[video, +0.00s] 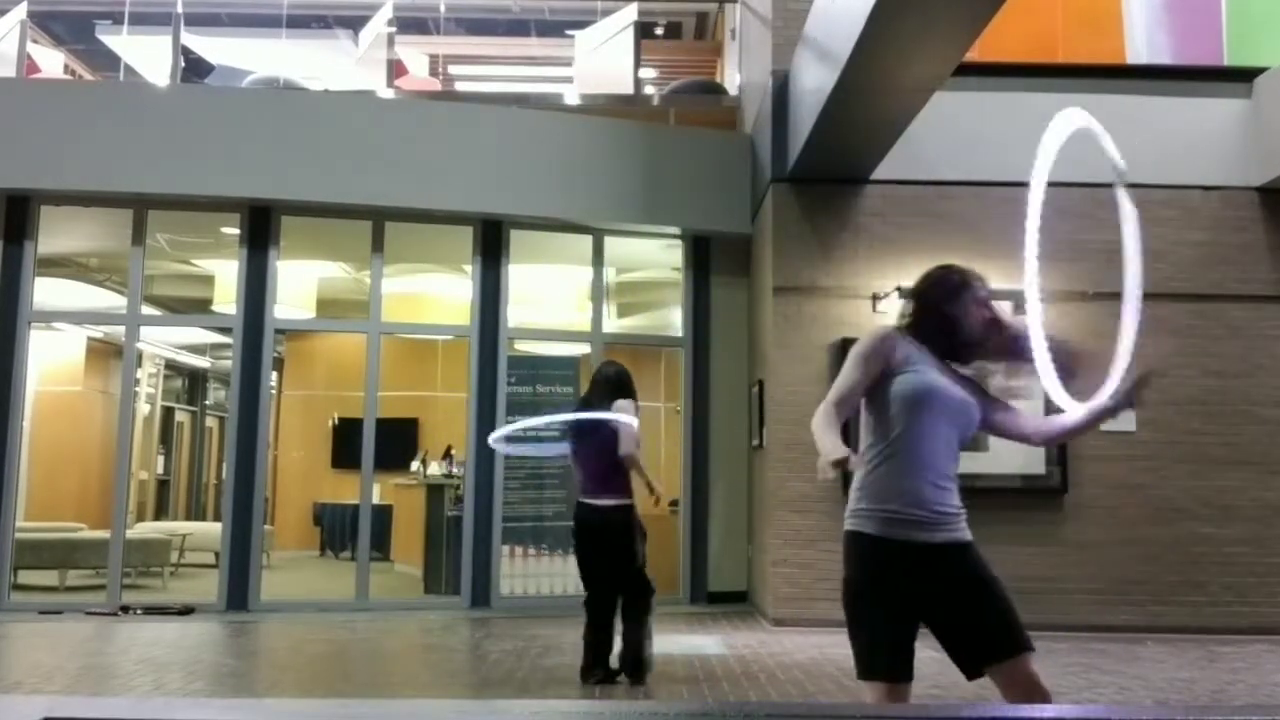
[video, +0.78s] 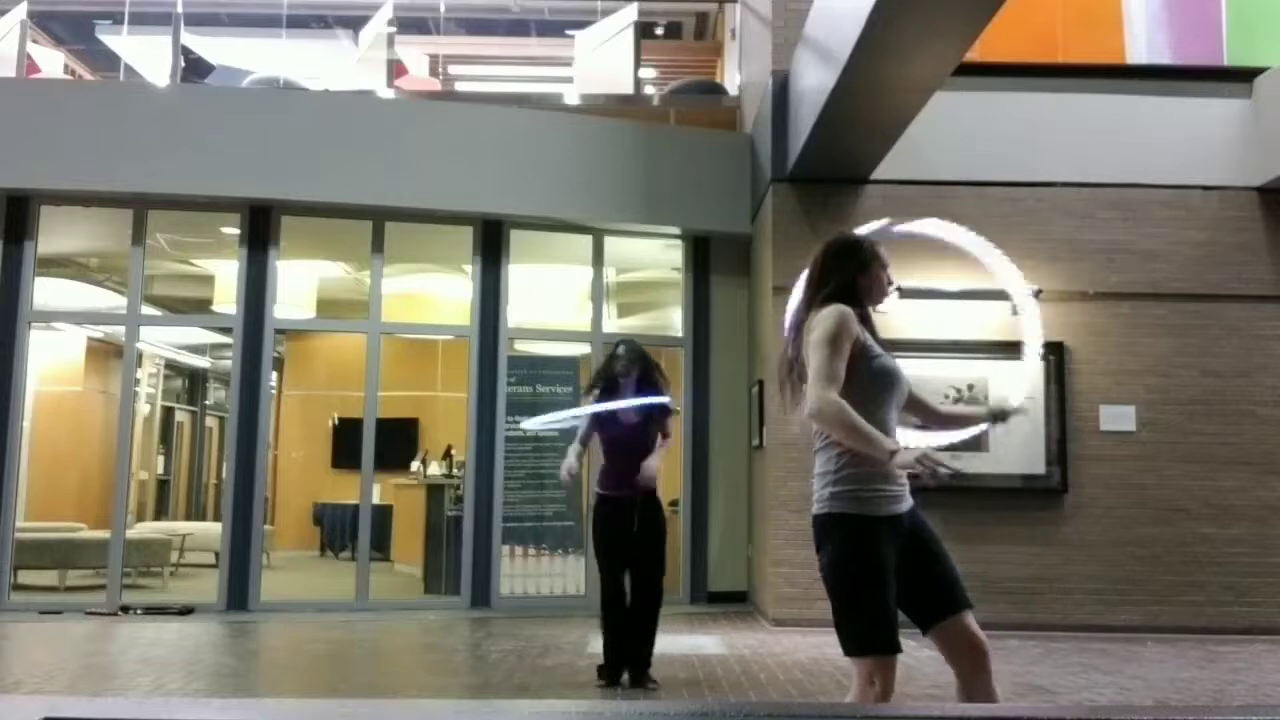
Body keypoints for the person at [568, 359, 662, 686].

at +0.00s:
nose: (632, 390)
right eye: (630, 385)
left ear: (594, 384)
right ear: (625, 385)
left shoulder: (579, 414)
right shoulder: (624, 406)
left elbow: (575, 464)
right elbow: (627, 452)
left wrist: (582, 499)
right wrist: (650, 484)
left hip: (585, 516)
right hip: (617, 516)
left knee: (598, 592)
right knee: (637, 588)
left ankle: (594, 667)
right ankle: (634, 663)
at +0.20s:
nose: (586, 383)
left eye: (587, 377)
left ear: (590, 378)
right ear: (622, 376)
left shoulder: (587, 410)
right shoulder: (637, 405)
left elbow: (578, 455)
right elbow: (660, 446)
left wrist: (571, 490)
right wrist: (655, 482)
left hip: (610, 504)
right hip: (645, 503)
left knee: (596, 582)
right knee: (634, 585)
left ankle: (589, 661)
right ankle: (630, 665)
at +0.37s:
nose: (583, 389)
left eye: (584, 383)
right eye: (582, 384)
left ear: (592, 378)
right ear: (616, 372)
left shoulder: (604, 397)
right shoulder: (634, 401)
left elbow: (581, 435)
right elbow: (635, 458)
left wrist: (567, 436)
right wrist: (611, 485)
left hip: (629, 503)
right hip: (643, 500)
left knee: (628, 587)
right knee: (639, 586)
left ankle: (630, 670)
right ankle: (637, 664)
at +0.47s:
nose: (586, 387)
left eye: (588, 380)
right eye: (586, 381)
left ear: (601, 375)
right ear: (614, 370)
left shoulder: (625, 398)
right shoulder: (612, 403)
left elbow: (616, 436)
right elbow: (611, 448)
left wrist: (583, 427)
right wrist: (581, 464)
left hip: (632, 503)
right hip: (616, 503)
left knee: (648, 585)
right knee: (620, 589)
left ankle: (672, 661)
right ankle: (626, 669)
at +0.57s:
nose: (594, 379)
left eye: (599, 373)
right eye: (592, 374)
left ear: (615, 369)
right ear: (591, 374)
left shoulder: (639, 399)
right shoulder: (594, 400)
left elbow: (651, 446)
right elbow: (595, 435)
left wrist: (608, 455)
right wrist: (572, 441)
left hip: (641, 503)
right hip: (610, 503)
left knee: (654, 583)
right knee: (615, 588)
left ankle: (661, 662)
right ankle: (624, 669)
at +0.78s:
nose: (623, 367)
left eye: (630, 362)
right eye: (618, 362)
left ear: (641, 367)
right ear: (610, 366)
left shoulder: (655, 402)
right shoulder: (600, 402)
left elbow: (666, 438)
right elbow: (582, 440)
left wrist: (654, 459)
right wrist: (571, 458)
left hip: (645, 505)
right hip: (609, 505)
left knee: (648, 588)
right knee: (611, 587)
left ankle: (639, 668)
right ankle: (612, 667)